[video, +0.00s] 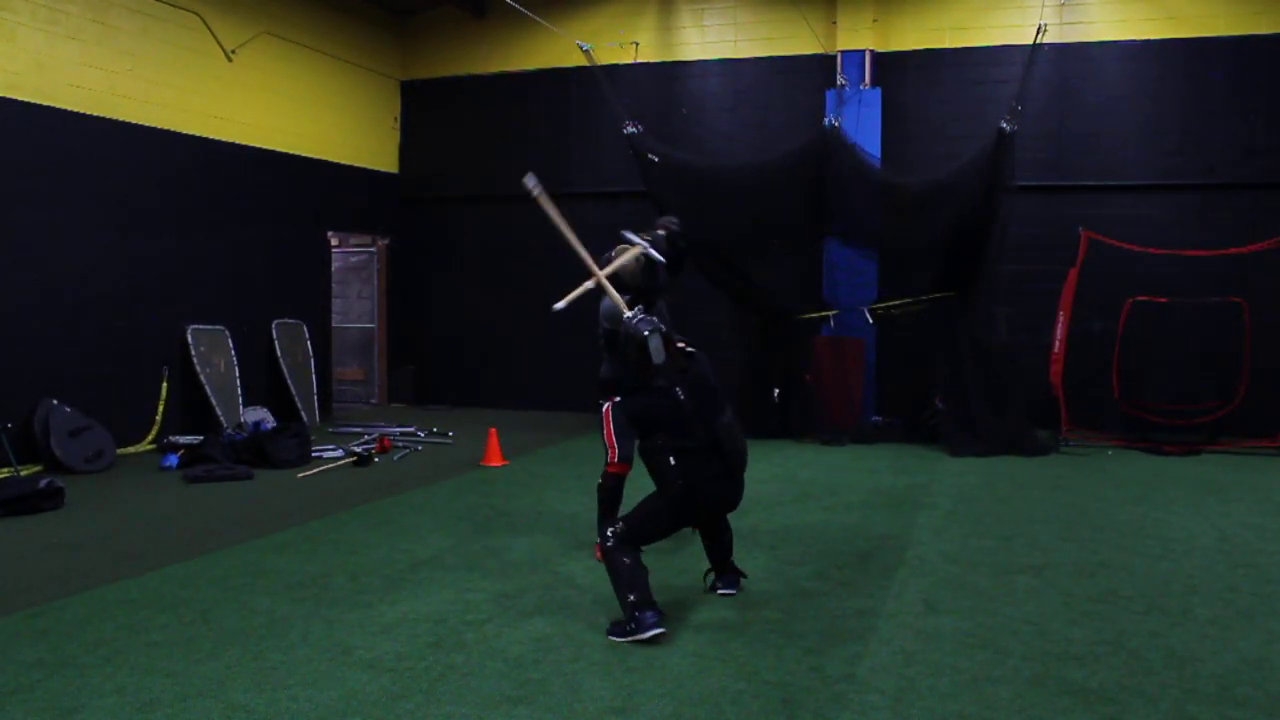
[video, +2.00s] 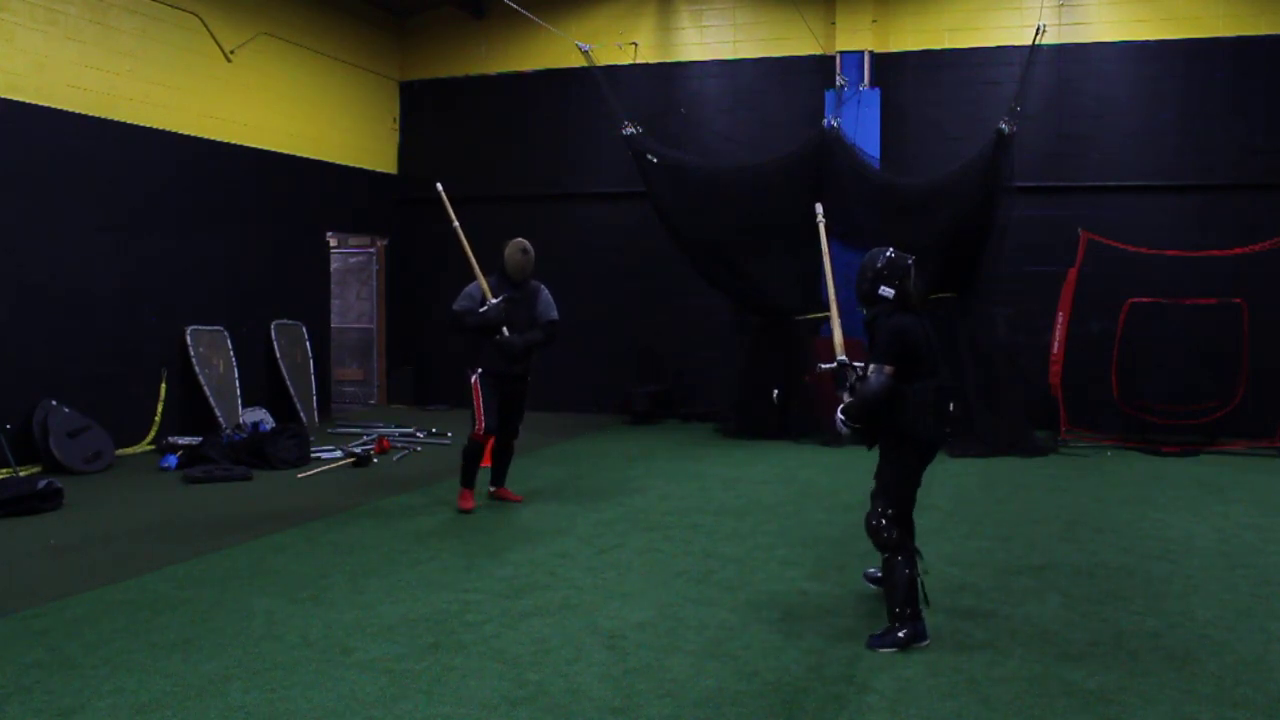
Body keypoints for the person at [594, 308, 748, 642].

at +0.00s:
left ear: (620, 363)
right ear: (662, 350)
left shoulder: (622, 403)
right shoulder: (692, 369)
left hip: (683, 495)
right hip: (728, 486)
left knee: (617, 538)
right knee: (703, 502)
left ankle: (641, 612)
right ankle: (727, 573)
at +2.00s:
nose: (863, 288)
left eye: (867, 281)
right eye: (865, 280)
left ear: (879, 284)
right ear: (902, 283)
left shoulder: (890, 325)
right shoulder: (911, 320)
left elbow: (878, 384)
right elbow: (900, 379)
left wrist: (849, 409)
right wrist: (858, 374)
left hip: (908, 435)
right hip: (918, 430)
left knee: (887, 523)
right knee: (893, 502)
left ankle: (907, 621)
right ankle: (900, 570)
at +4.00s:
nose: (897, 307)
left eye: (902, 301)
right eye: (896, 301)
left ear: (920, 303)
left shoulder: (948, 331)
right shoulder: (911, 333)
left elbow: (963, 378)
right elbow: (912, 372)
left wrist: (927, 403)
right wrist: (887, 382)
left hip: (964, 418)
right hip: (931, 417)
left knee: (975, 483)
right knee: (894, 471)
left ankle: (1000, 548)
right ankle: (880, 538)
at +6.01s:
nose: (802, 346)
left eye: (809, 343)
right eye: (801, 340)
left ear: (823, 349)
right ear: (799, 340)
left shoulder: (826, 381)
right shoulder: (793, 363)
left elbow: (778, 395)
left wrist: (745, 370)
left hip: (812, 466)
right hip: (777, 459)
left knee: (847, 527)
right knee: (727, 477)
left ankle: (903, 548)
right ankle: (708, 550)